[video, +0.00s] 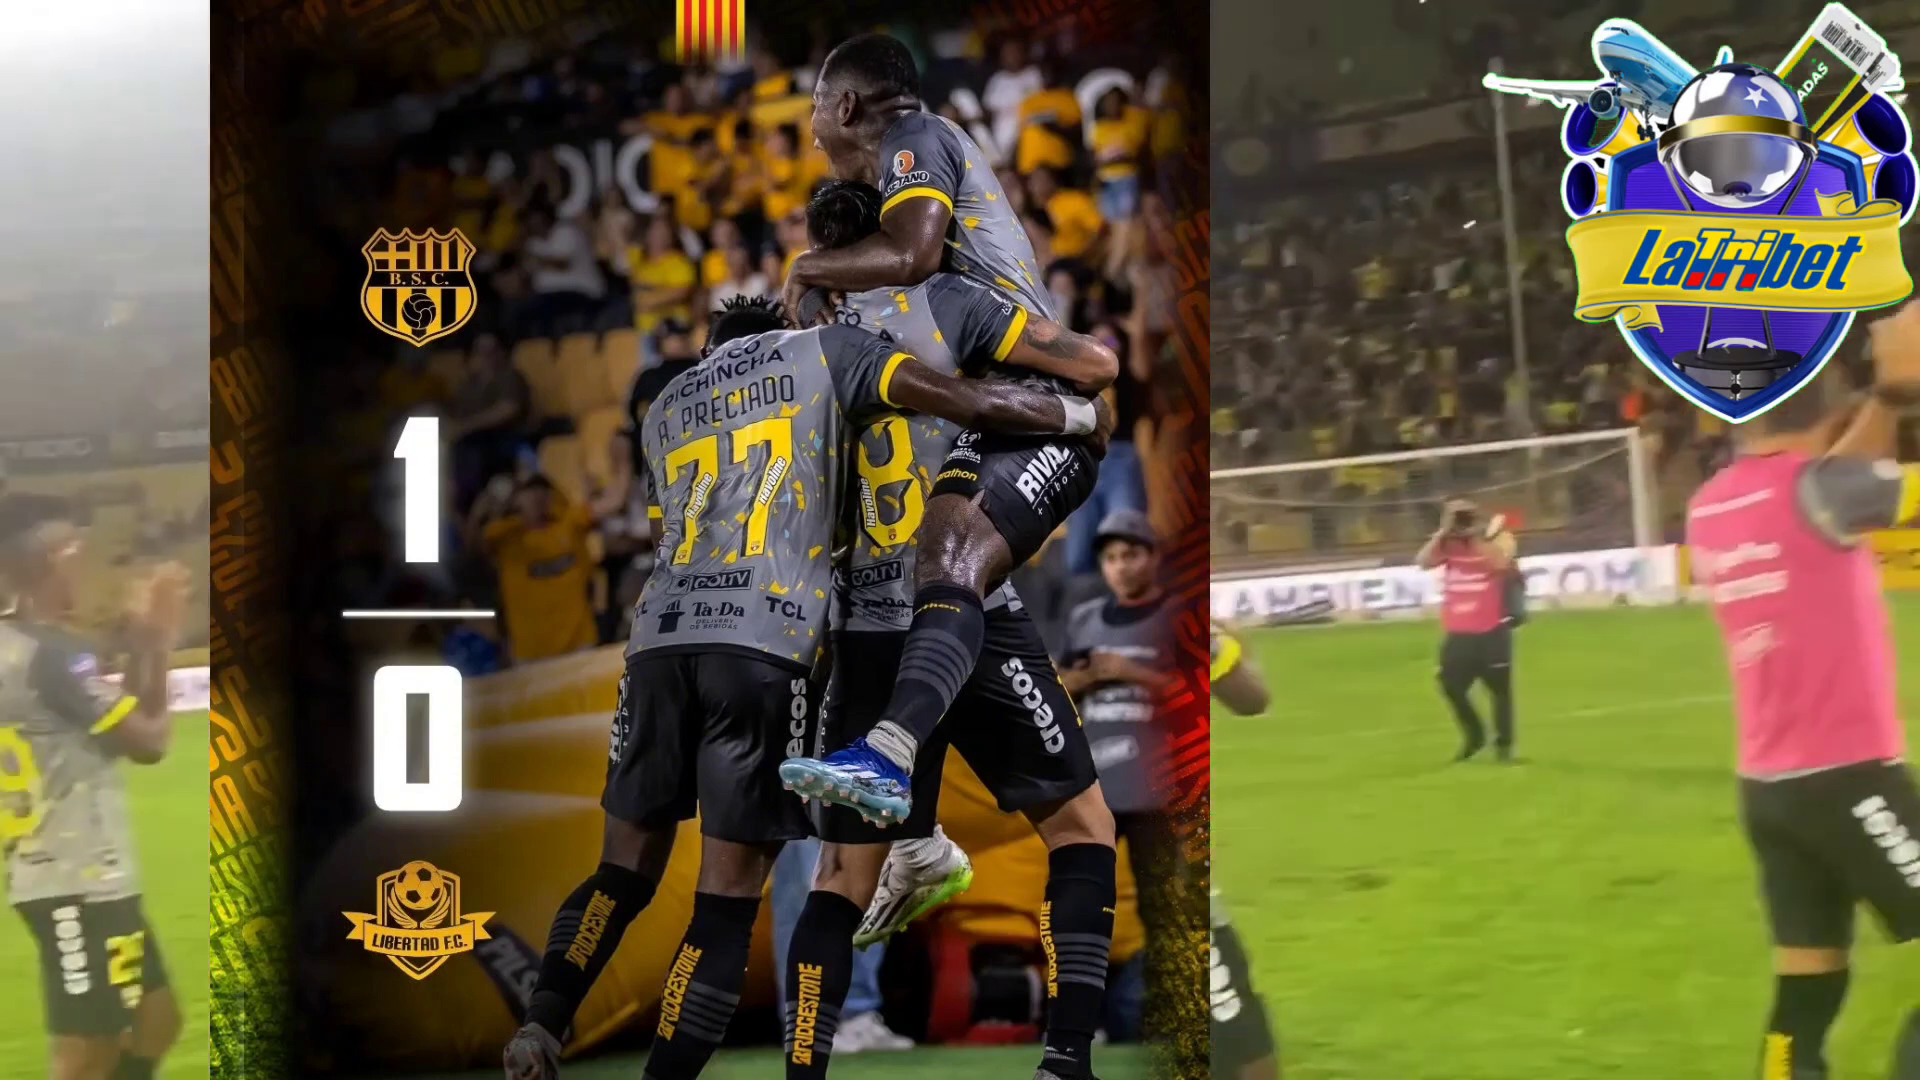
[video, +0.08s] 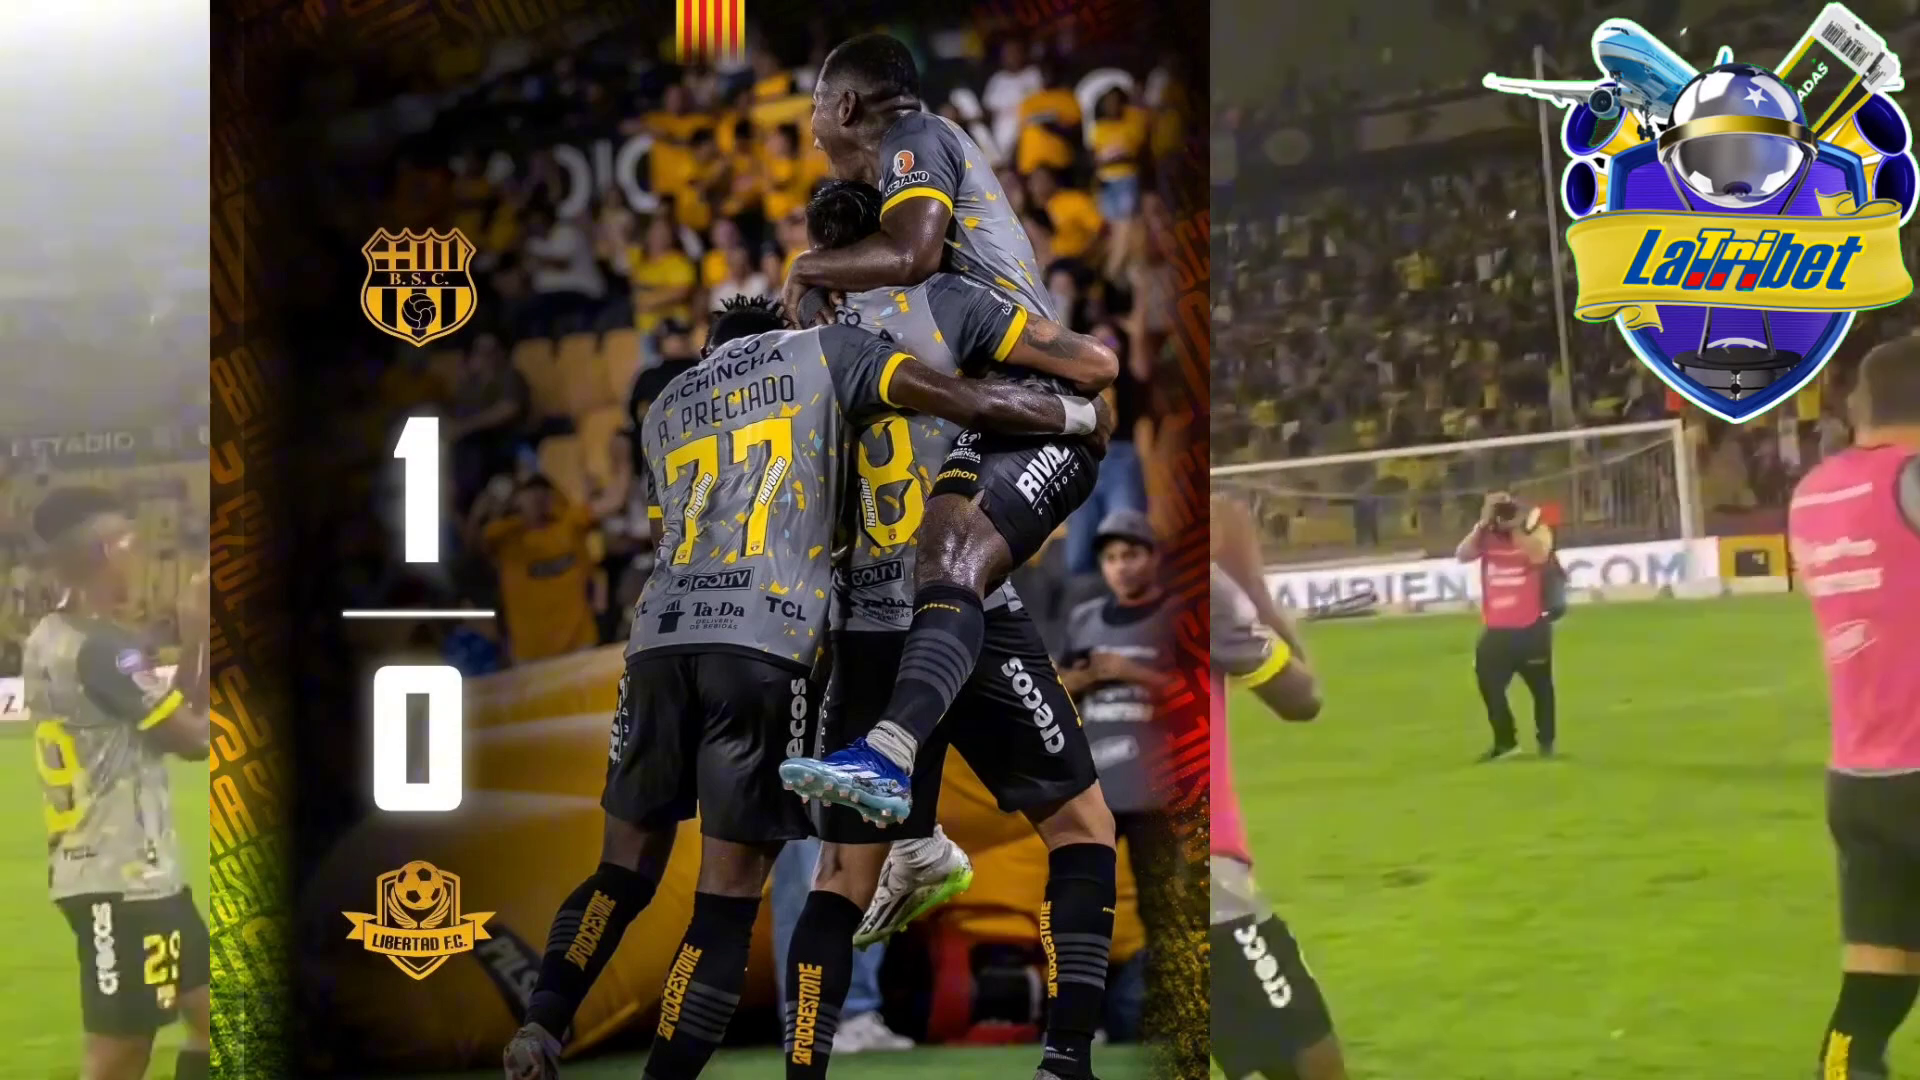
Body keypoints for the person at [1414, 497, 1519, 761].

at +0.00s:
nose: (1464, 526)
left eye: (1469, 519)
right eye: (1458, 522)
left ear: (1478, 518)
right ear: (1450, 525)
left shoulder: (1497, 541)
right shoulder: (1451, 547)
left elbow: (1501, 564)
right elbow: (1423, 562)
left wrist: (1478, 538)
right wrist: (1443, 531)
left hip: (1491, 630)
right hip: (1459, 632)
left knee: (1500, 689)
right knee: (1450, 683)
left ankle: (1503, 742)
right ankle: (1474, 734)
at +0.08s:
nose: (1504, 517)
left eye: (1509, 511)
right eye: (1498, 513)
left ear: (1520, 510)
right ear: (1491, 516)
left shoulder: (1537, 532)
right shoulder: (1487, 537)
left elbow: (1538, 556)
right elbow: (1462, 555)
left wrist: (1517, 529)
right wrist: (1482, 523)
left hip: (1531, 626)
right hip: (1497, 627)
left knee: (1541, 686)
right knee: (1488, 681)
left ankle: (1546, 740)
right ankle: (1504, 740)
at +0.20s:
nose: (1535, 511)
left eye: (1540, 505)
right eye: (1529, 506)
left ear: (1551, 507)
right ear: (1522, 510)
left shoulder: (1564, 534)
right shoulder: (1520, 537)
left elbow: (1569, 553)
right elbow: (1490, 548)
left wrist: (1546, 525)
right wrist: (1510, 516)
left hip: (1559, 624)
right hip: (1527, 624)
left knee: (1575, 687)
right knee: (1521, 688)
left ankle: (1581, 739)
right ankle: (1518, 742)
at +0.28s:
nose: (1571, 510)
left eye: (1576, 504)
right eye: (1565, 505)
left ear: (1586, 506)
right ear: (1558, 508)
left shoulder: (1600, 529)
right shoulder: (1552, 533)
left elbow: (1607, 552)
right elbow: (1526, 547)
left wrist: (1584, 523)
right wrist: (1546, 515)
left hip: (1596, 625)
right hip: (1562, 626)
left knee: (1614, 687)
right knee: (1558, 689)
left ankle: (1621, 739)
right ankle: (1556, 743)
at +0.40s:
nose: (1591, 504)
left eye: (1597, 499)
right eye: (1585, 499)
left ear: (1606, 501)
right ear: (1577, 503)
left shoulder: (1619, 525)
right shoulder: (1569, 528)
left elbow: (1624, 551)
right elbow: (1543, 547)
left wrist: (1603, 521)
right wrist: (1564, 515)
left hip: (1614, 624)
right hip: (1577, 626)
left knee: (1632, 685)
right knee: (1575, 690)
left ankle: (1645, 735)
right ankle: (1580, 743)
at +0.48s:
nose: (1591, 503)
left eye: (1597, 497)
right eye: (1586, 497)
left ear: (1608, 500)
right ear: (1577, 501)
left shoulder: (1618, 525)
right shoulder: (1569, 529)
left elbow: (1626, 557)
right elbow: (1544, 548)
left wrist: (1603, 524)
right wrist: (1564, 517)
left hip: (1611, 625)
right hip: (1575, 626)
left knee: (1631, 684)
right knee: (1577, 691)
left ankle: (1649, 735)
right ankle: (1586, 744)